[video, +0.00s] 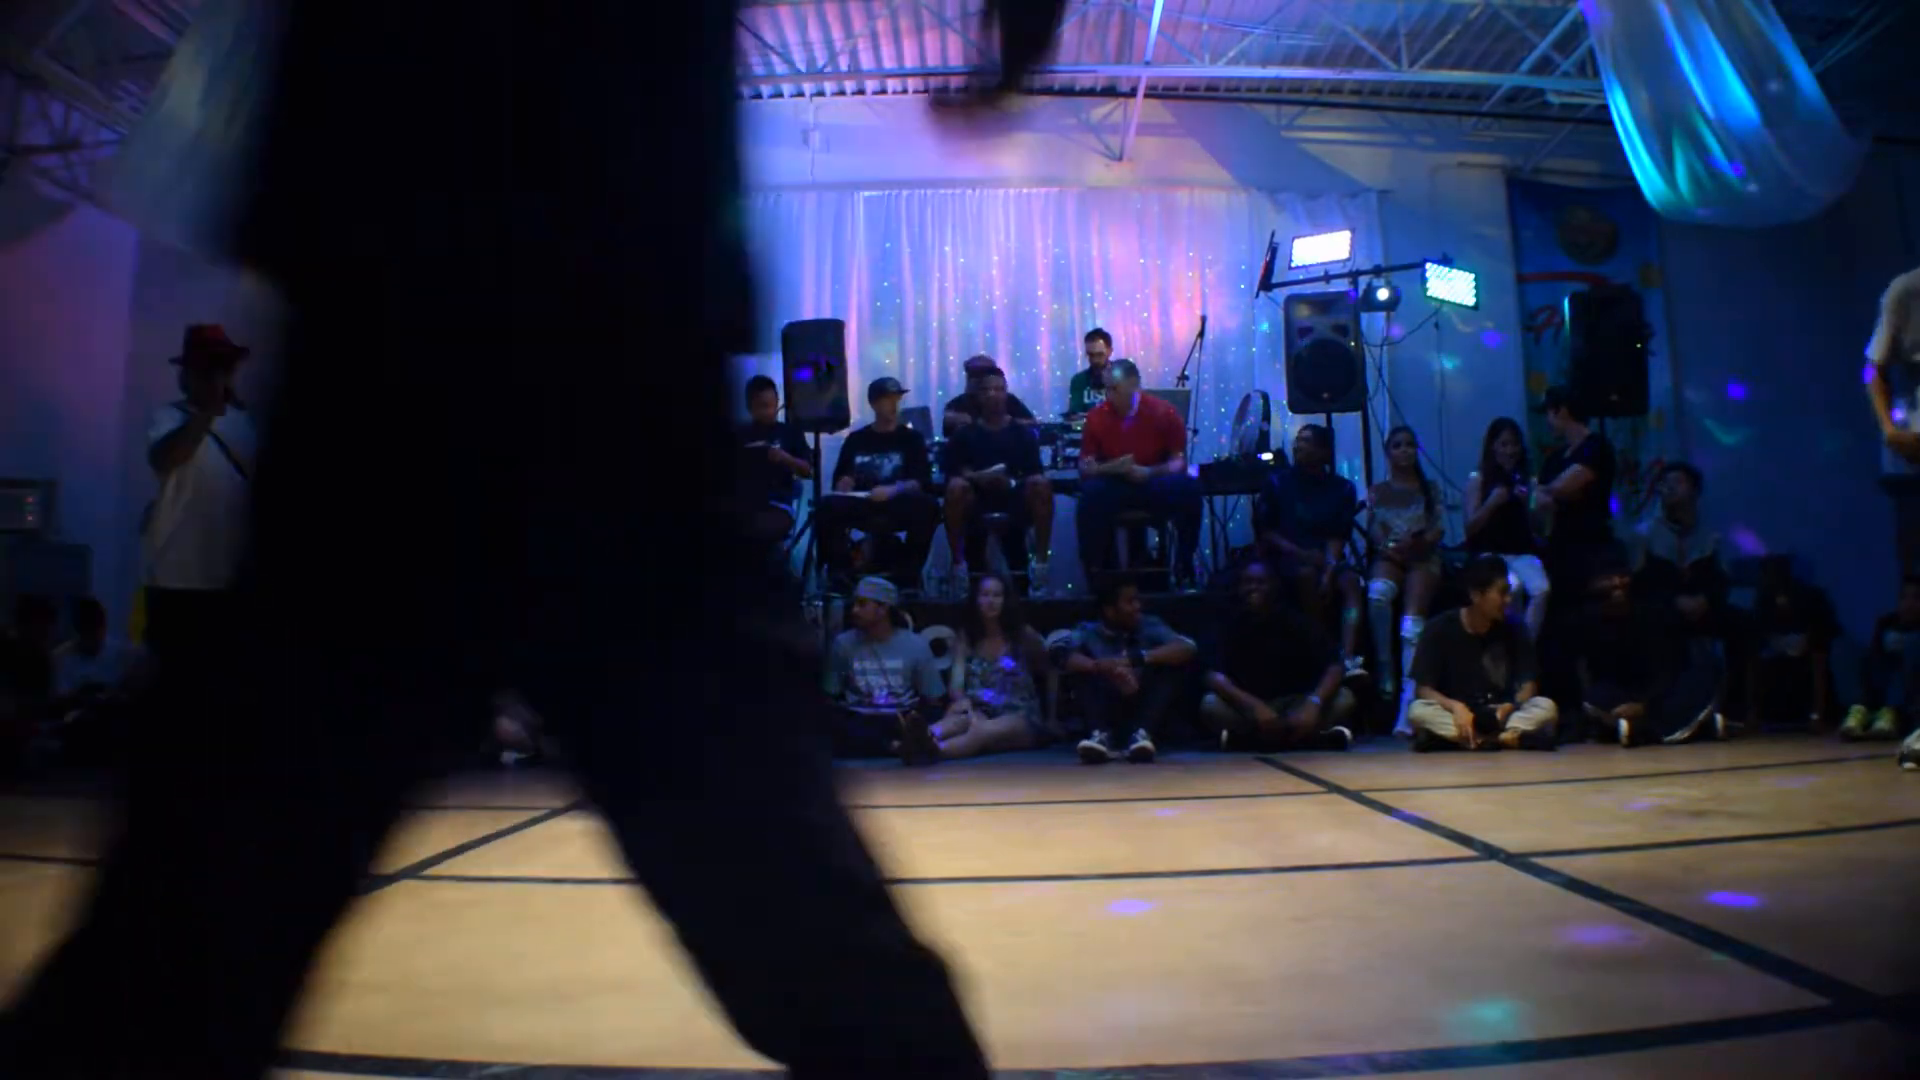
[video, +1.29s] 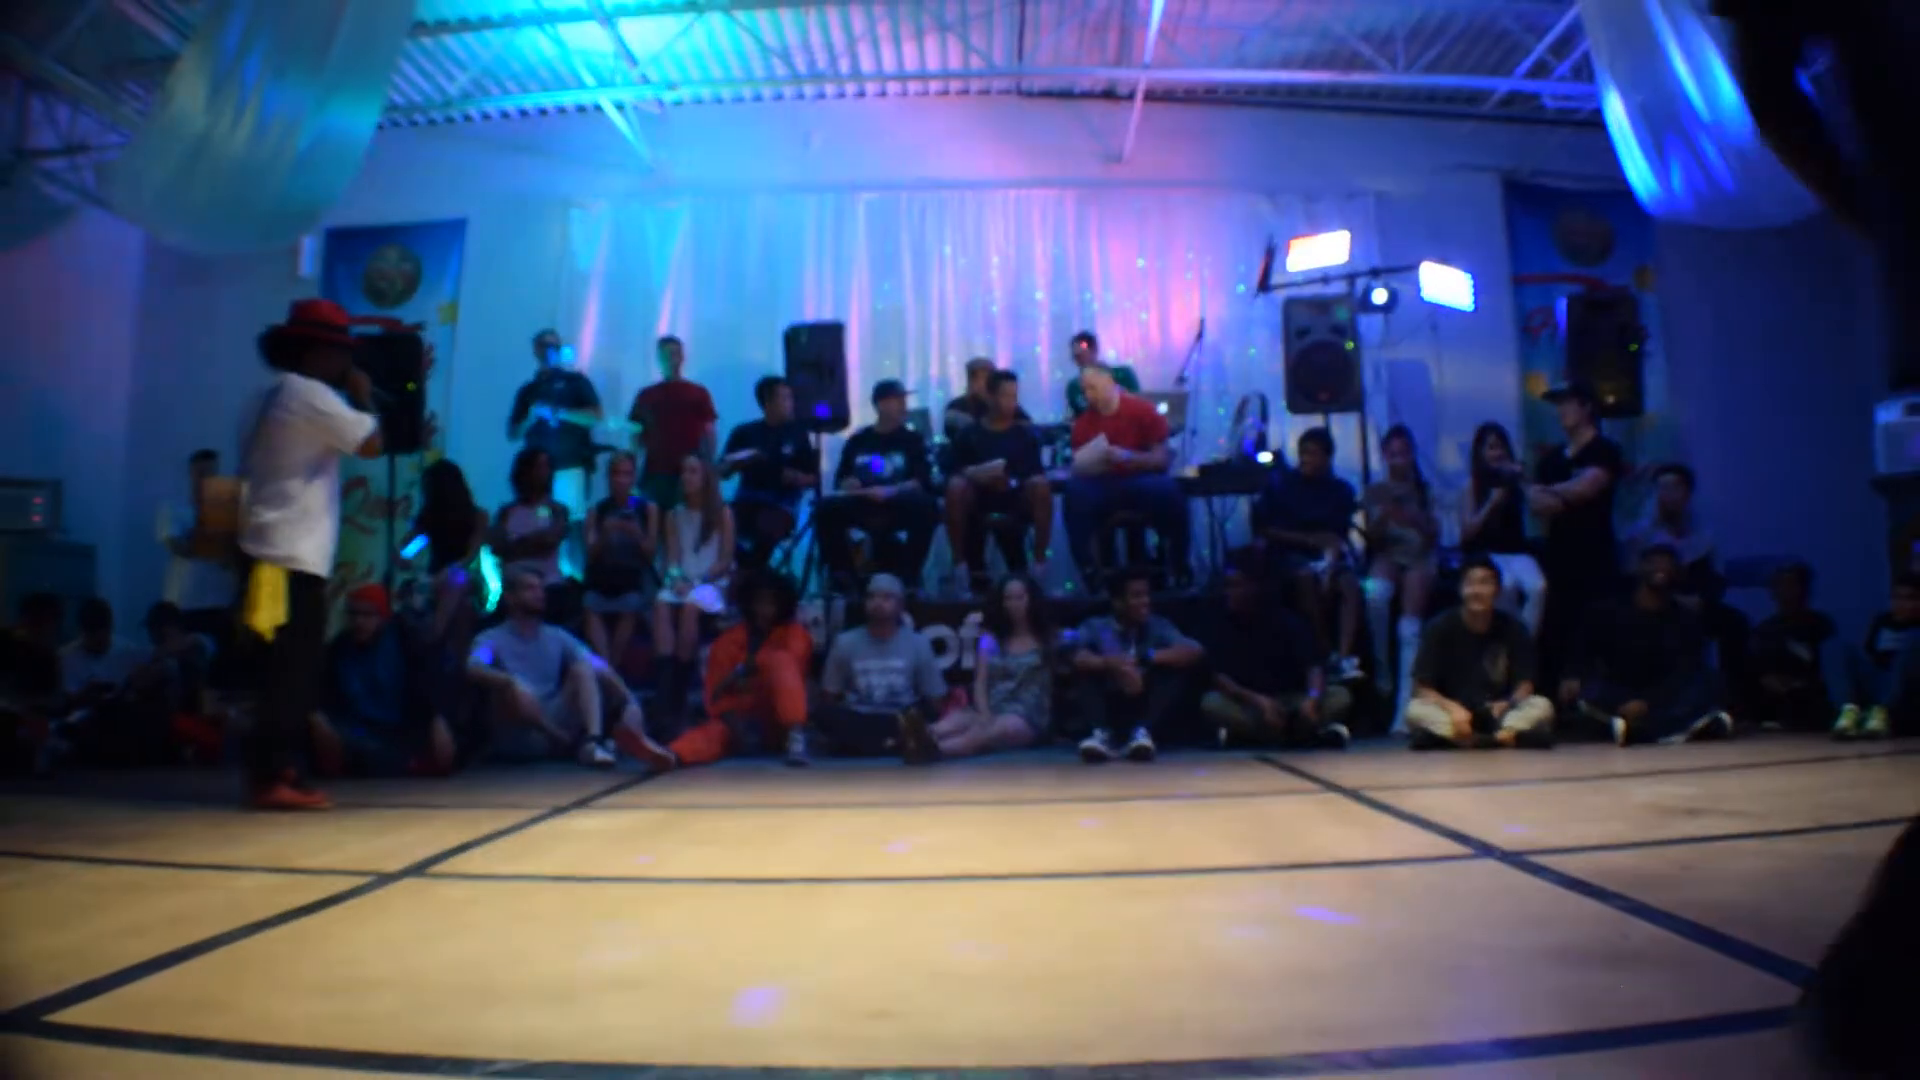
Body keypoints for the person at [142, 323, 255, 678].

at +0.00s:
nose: (217, 381)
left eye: (223, 370)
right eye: (207, 371)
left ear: (231, 372)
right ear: (188, 374)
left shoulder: (245, 424)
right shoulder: (170, 417)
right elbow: (164, 461)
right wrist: (206, 413)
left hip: (234, 576)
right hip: (177, 580)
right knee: (174, 687)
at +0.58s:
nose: (285, 374)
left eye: (289, 365)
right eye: (275, 364)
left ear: (292, 370)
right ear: (249, 368)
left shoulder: (297, 422)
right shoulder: (221, 405)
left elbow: (317, 498)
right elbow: (227, 443)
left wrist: (329, 557)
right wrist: (271, 403)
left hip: (287, 567)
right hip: (234, 563)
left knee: (276, 674)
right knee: (235, 668)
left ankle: (266, 769)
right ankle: (216, 767)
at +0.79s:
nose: (299, 367)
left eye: (301, 358)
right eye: (289, 358)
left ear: (298, 366)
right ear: (259, 360)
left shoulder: (301, 423)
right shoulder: (232, 406)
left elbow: (313, 499)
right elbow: (261, 437)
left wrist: (338, 550)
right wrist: (303, 396)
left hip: (291, 569)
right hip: (246, 565)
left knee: (279, 675)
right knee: (256, 671)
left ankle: (261, 772)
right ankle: (244, 778)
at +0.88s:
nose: (305, 366)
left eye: (307, 356)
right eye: (296, 355)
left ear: (302, 364)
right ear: (266, 357)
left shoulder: (296, 415)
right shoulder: (241, 404)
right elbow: (278, 437)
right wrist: (314, 394)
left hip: (292, 570)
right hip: (252, 567)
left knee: (282, 676)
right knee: (260, 675)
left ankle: (270, 769)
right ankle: (255, 774)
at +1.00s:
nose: (316, 365)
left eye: (317, 357)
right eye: (309, 355)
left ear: (289, 358)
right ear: (281, 354)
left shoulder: (285, 404)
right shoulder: (254, 398)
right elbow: (306, 436)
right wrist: (333, 393)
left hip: (291, 563)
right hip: (266, 563)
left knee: (282, 673)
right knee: (271, 673)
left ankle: (271, 770)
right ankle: (260, 775)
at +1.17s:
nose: (333, 359)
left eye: (332, 350)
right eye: (325, 350)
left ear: (290, 351)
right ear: (301, 351)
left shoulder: (274, 392)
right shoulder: (285, 395)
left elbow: (344, 434)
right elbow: (348, 437)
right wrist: (354, 392)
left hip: (282, 556)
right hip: (286, 558)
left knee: (285, 672)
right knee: (287, 673)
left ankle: (276, 774)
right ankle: (270, 778)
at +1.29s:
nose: (345, 360)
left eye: (344, 351)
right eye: (339, 351)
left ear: (298, 351)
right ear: (318, 352)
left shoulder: (279, 394)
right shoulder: (308, 397)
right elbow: (370, 442)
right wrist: (363, 397)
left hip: (271, 551)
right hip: (294, 556)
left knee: (282, 670)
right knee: (293, 671)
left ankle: (273, 775)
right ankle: (278, 778)